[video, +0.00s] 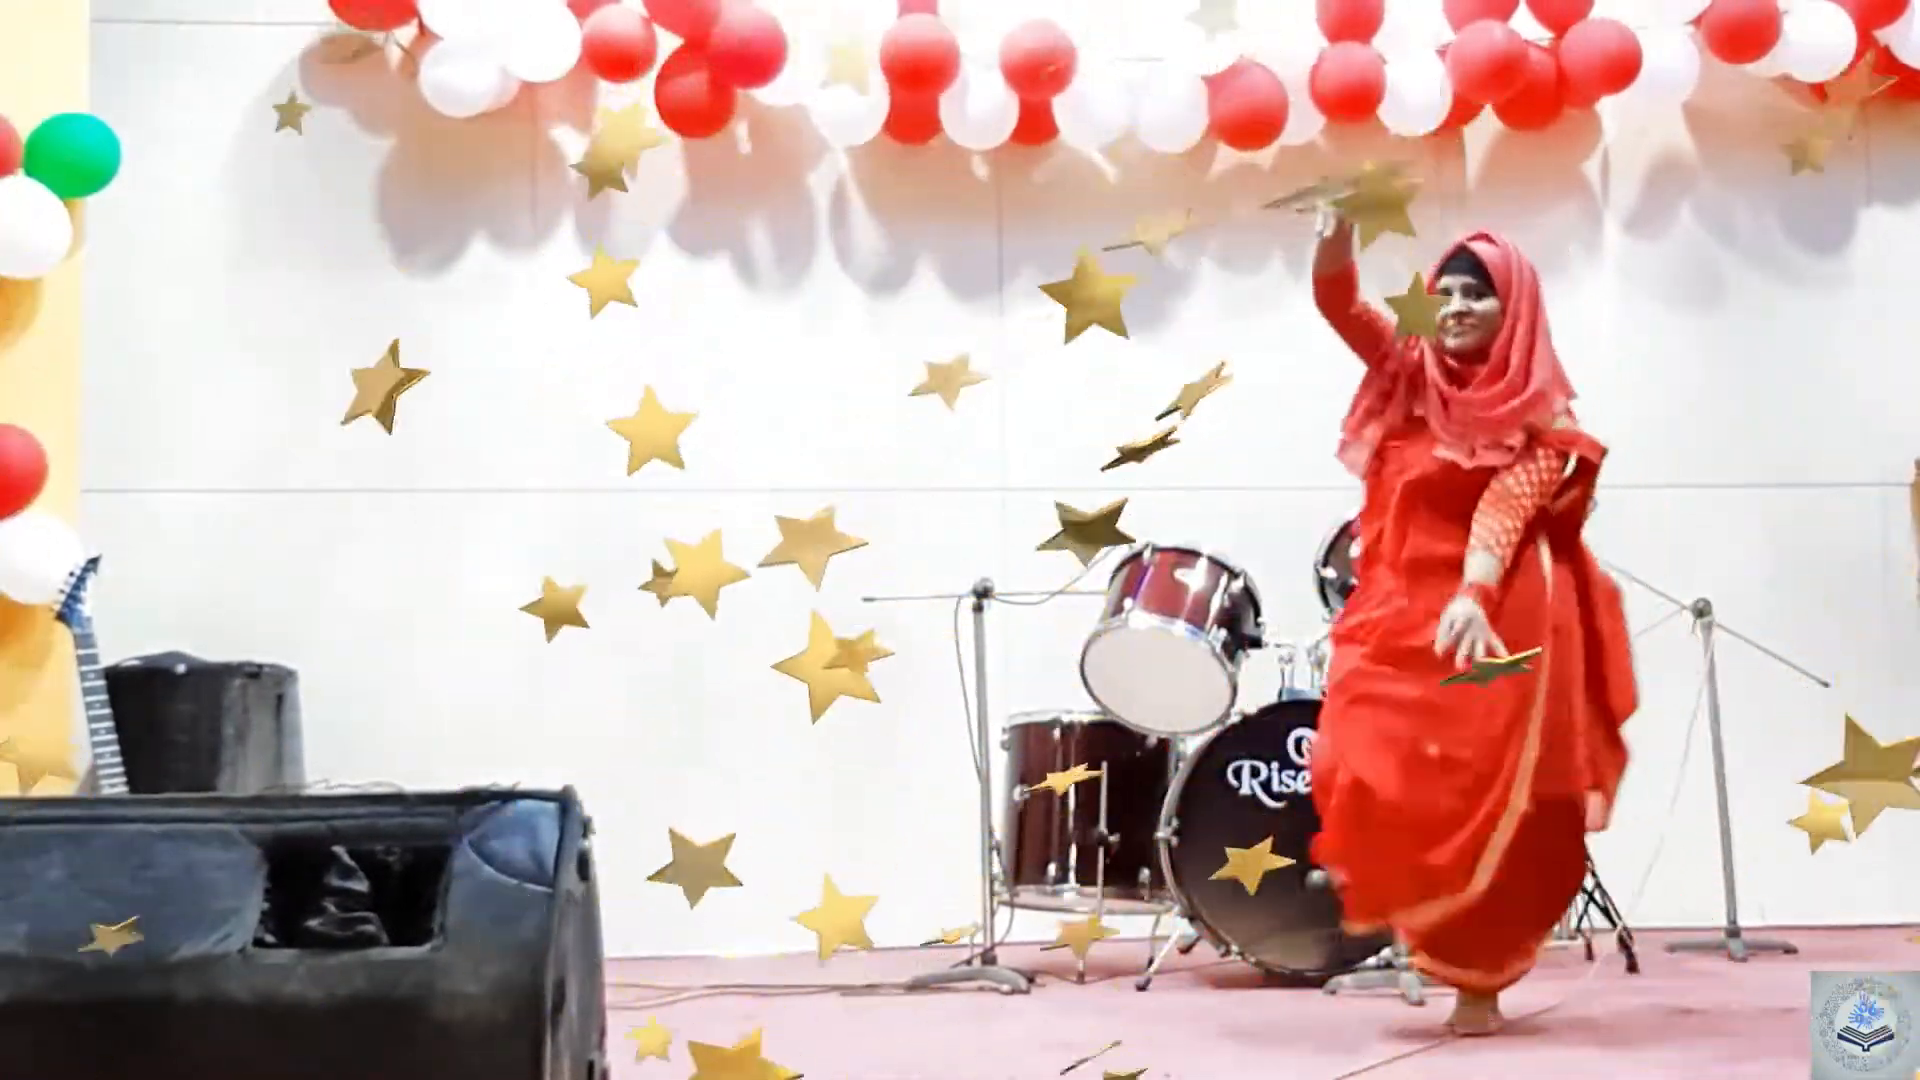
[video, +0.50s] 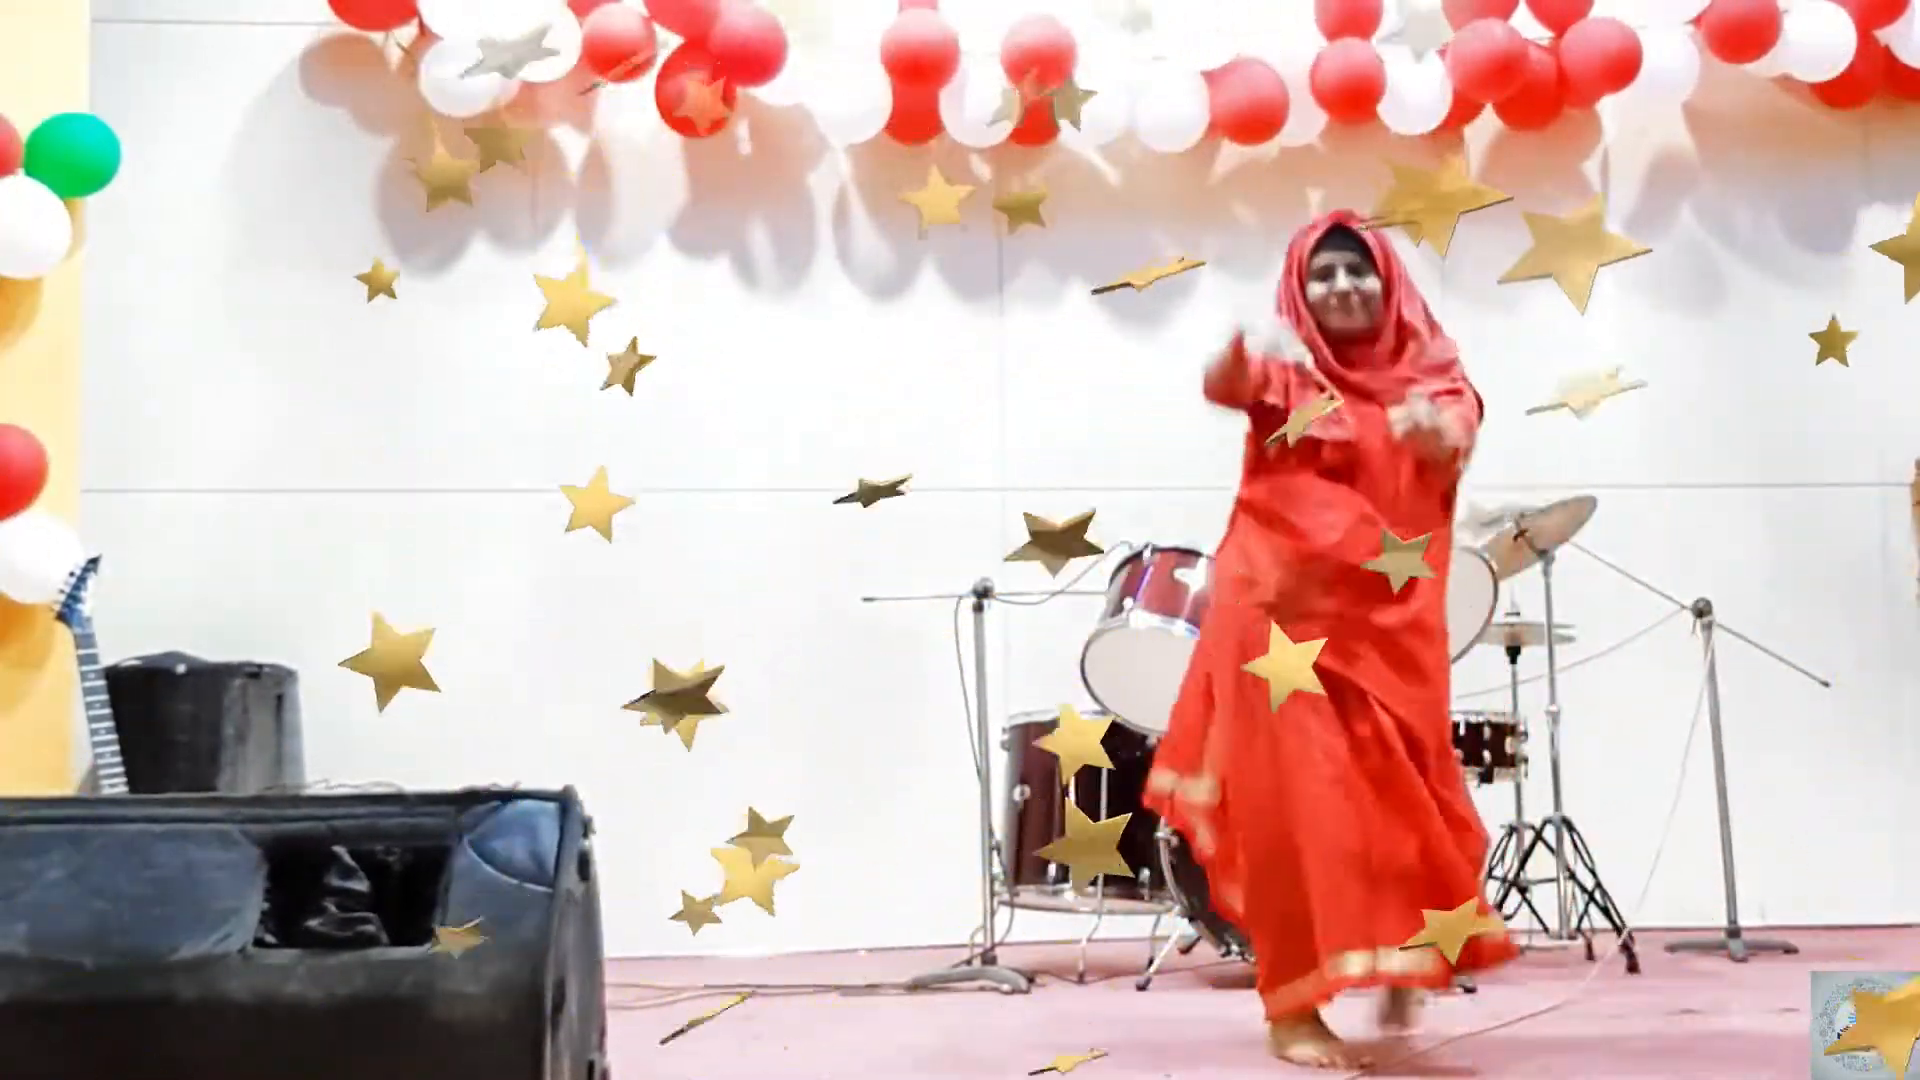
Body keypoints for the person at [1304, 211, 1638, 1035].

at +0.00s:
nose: (1458, 307)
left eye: (1478, 295)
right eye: (1446, 293)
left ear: (1513, 311)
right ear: (1428, 305)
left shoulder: (1538, 422)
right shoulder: (1402, 370)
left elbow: (1507, 514)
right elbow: (1337, 298)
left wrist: (1473, 590)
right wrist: (1339, 225)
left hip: (1503, 627)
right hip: (1391, 621)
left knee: (1486, 796)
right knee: (1359, 779)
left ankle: (1477, 987)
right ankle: (1419, 919)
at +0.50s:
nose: (1344, 285)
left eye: (1358, 270)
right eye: (1325, 274)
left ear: (1388, 283)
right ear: (1300, 293)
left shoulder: (1434, 380)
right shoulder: (1288, 372)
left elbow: (1454, 428)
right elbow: (1231, 387)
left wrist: (1431, 429)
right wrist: (1235, 363)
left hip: (1388, 634)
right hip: (1280, 631)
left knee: (1394, 799)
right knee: (1294, 805)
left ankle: (1399, 980)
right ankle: (1293, 1008)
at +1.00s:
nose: (1249, 298)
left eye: (1265, 283)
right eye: (1234, 284)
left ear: (1298, 291)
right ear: (1211, 293)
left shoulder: (1337, 373)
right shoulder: (1183, 376)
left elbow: (1394, 419)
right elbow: (1087, 411)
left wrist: (1436, 406)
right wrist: (1075, 366)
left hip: (1309, 609)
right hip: (1198, 604)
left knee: (1333, 789)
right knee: (1191, 787)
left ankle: (1352, 981)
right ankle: (1193, 972)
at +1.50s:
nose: (1245, 288)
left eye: (1257, 273)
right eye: (1226, 279)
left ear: (1286, 284)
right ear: (1201, 297)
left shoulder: (1321, 388)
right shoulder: (1177, 365)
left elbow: (1385, 476)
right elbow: (1100, 404)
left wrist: (1369, 498)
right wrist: (1153, 424)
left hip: (1294, 613)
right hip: (1191, 609)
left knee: (1290, 796)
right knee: (1183, 786)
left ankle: (1277, 994)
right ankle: (1157, 965)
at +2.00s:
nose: (1276, 311)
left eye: (1288, 295)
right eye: (1255, 309)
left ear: (1326, 310)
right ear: (1235, 343)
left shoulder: (1402, 397)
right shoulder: (1252, 407)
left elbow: (1498, 392)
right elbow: (1185, 384)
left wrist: (1521, 309)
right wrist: (1121, 313)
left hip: (1419, 606)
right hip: (1310, 607)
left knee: (1401, 801)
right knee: (1373, 798)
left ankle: (1290, 960)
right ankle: (1391, 1026)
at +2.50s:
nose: (1292, 319)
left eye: (1305, 302)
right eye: (1273, 301)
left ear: (1324, 307)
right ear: (1240, 302)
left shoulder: (1329, 386)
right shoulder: (1184, 361)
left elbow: (1373, 489)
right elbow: (1153, 462)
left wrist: (1414, 529)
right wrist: (1216, 491)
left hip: (1310, 608)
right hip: (1205, 613)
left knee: (1373, 766)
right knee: (1256, 776)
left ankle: (1294, 996)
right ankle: (1153, 943)